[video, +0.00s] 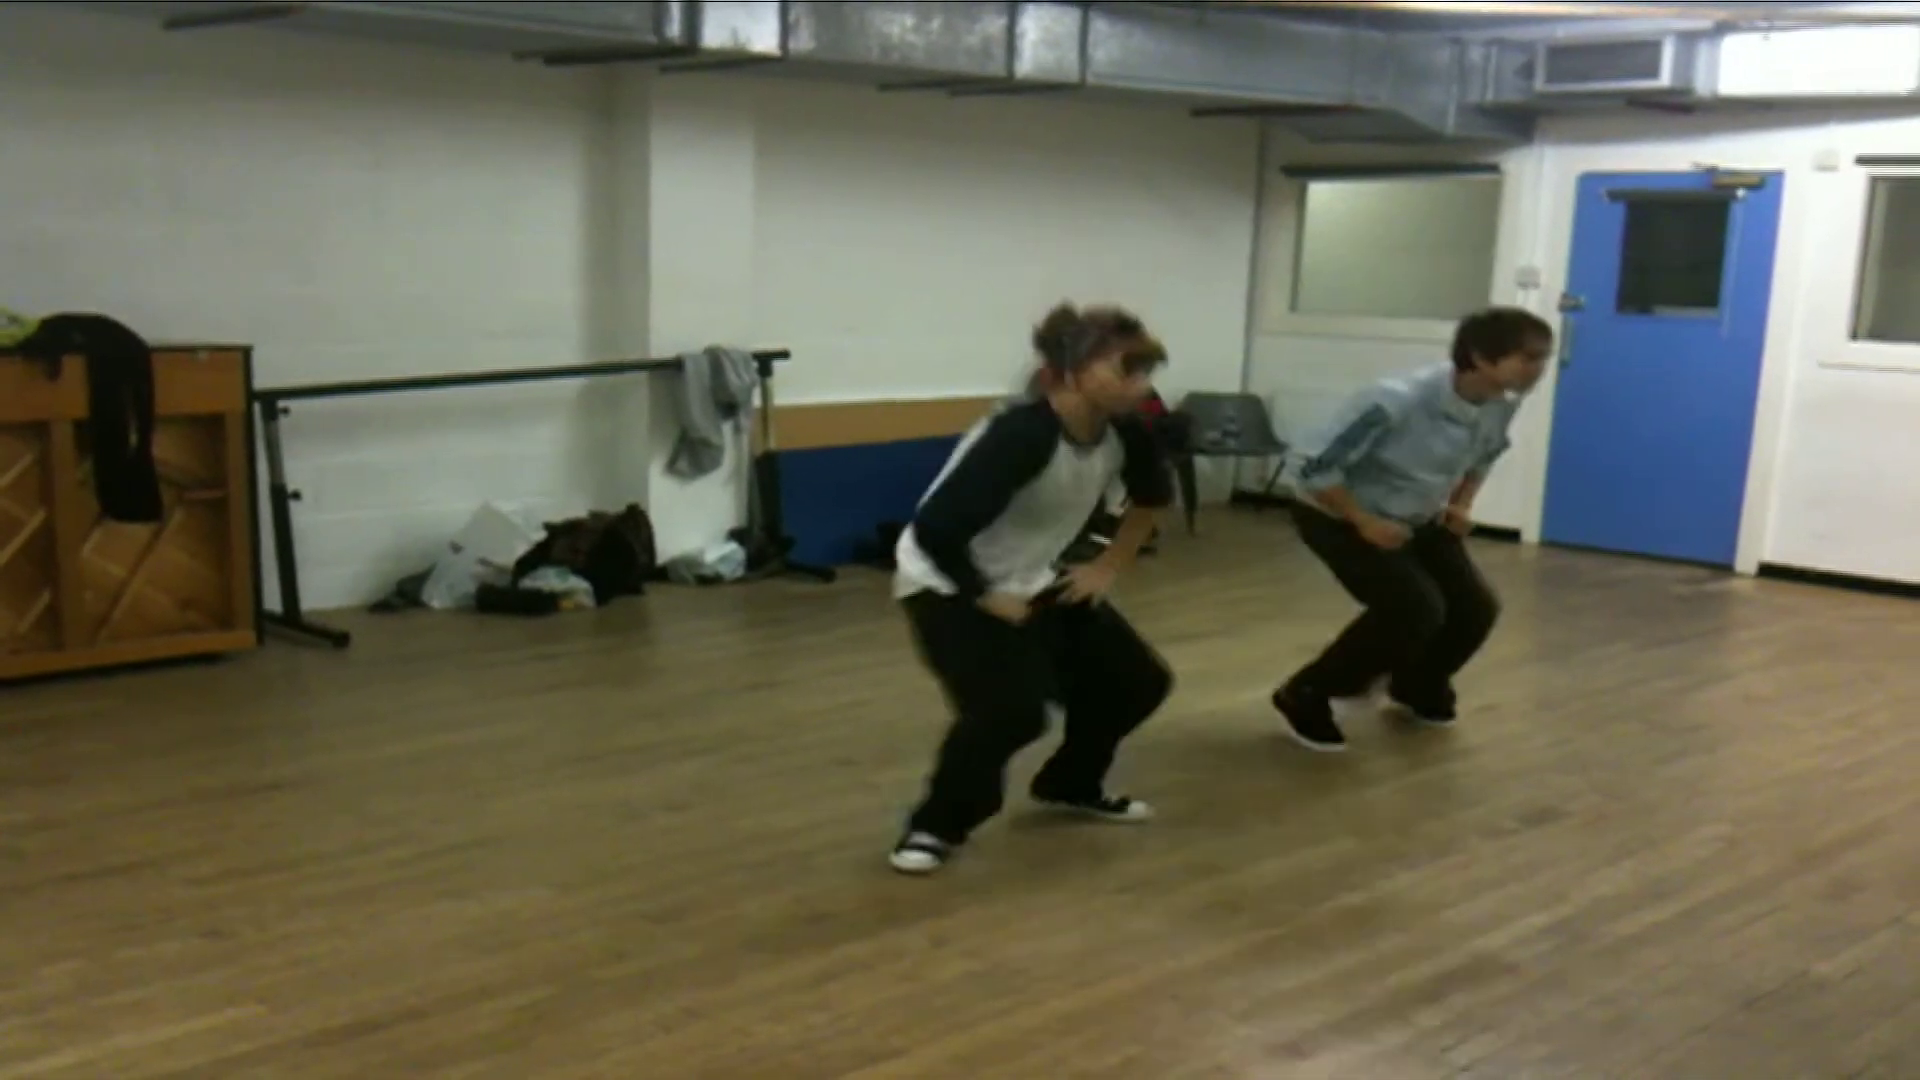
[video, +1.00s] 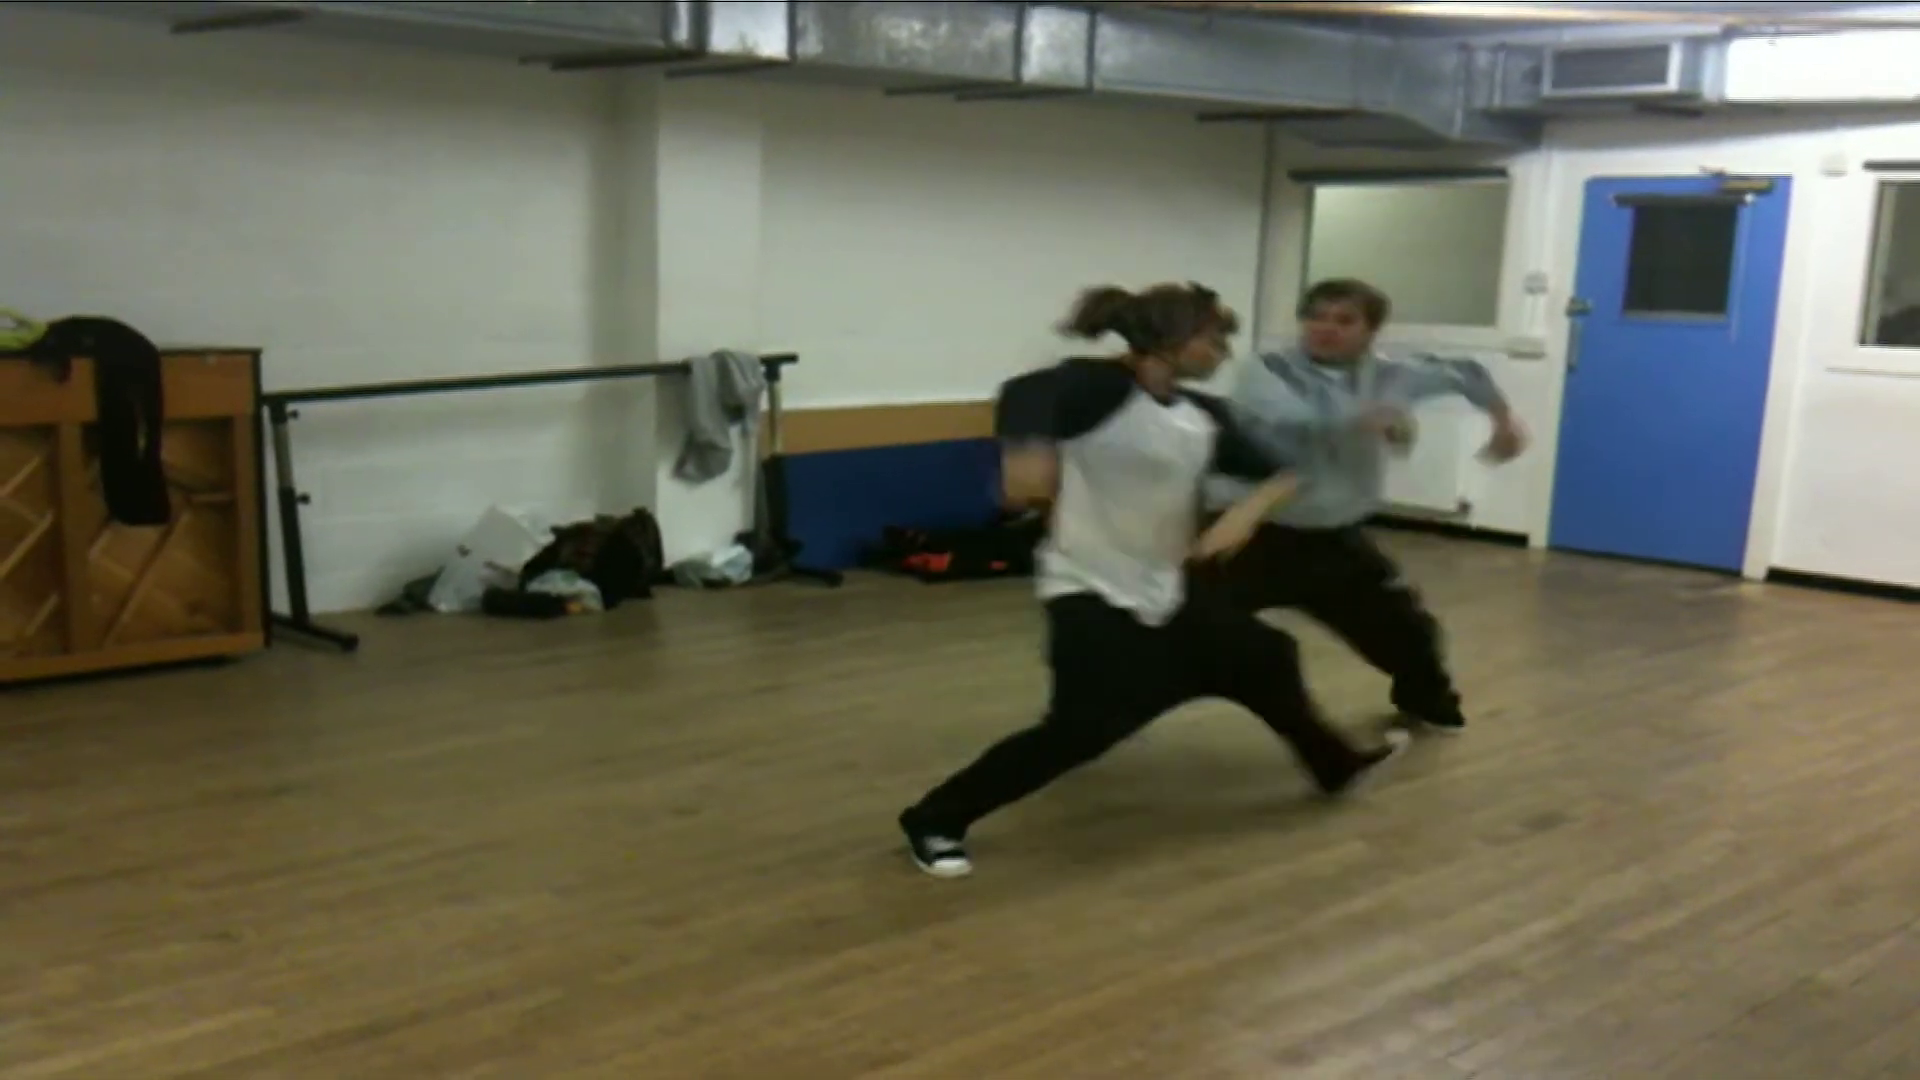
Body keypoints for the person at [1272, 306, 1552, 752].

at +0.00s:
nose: (1536, 372)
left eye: (1539, 361)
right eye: (1527, 360)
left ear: (1484, 365)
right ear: (1481, 361)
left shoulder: (1499, 411)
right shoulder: (1393, 403)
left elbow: (1481, 460)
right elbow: (1313, 469)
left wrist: (1459, 507)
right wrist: (1363, 521)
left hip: (1414, 521)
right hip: (1337, 518)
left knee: (1475, 607)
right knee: (1414, 607)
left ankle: (1418, 681)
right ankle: (1305, 692)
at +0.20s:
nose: (1568, 442)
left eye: (1572, 431)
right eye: (1563, 429)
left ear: (1519, 427)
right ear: (1517, 424)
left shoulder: (1514, 457)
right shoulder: (1421, 441)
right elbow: (1309, 477)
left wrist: (1450, 527)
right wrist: (1326, 542)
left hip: (1410, 539)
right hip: (1340, 533)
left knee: (1480, 603)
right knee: (1356, 614)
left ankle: (1406, 695)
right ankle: (1341, 710)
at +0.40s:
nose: (1553, 343)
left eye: (1557, 332)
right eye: (1546, 329)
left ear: (1509, 325)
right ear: (1505, 321)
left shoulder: (1511, 373)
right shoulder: (1421, 363)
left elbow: (1468, 434)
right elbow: (1334, 438)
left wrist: (1452, 488)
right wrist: (1351, 503)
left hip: (1411, 493)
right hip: (1343, 487)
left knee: (1447, 593)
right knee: (1358, 594)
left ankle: (1402, 692)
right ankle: (1334, 711)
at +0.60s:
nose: (1484, 266)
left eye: (1489, 256)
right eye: (1471, 255)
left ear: (1493, 264)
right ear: (1436, 263)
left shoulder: (1483, 334)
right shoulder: (1386, 328)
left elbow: (1474, 412)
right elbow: (1348, 424)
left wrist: (1457, 476)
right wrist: (1373, 489)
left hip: (1425, 485)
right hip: (1356, 482)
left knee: (1417, 595)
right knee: (1361, 595)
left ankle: (1399, 690)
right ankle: (1333, 709)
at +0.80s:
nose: (1412, 288)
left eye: (1426, 279)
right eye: (1399, 279)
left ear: (1449, 292)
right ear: (1383, 291)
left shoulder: (1460, 358)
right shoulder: (1349, 354)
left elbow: (1447, 437)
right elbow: (1314, 452)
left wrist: (1440, 503)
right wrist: (1337, 518)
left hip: (1400, 494)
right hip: (1328, 491)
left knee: (1439, 592)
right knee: (1349, 595)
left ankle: (1417, 690)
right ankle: (1328, 704)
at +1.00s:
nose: (1327, 329)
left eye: (1344, 321)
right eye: (1317, 318)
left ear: (1368, 333)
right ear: (1303, 323)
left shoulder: (1379, 378)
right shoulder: (1266, 373)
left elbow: (1462, 373)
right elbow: (1280, 426)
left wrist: (1502, 418)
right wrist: (1358, 423)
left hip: (1334, 544)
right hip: (1252, 539)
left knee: (1407, 629)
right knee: (1188, 618)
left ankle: (1425, 702)